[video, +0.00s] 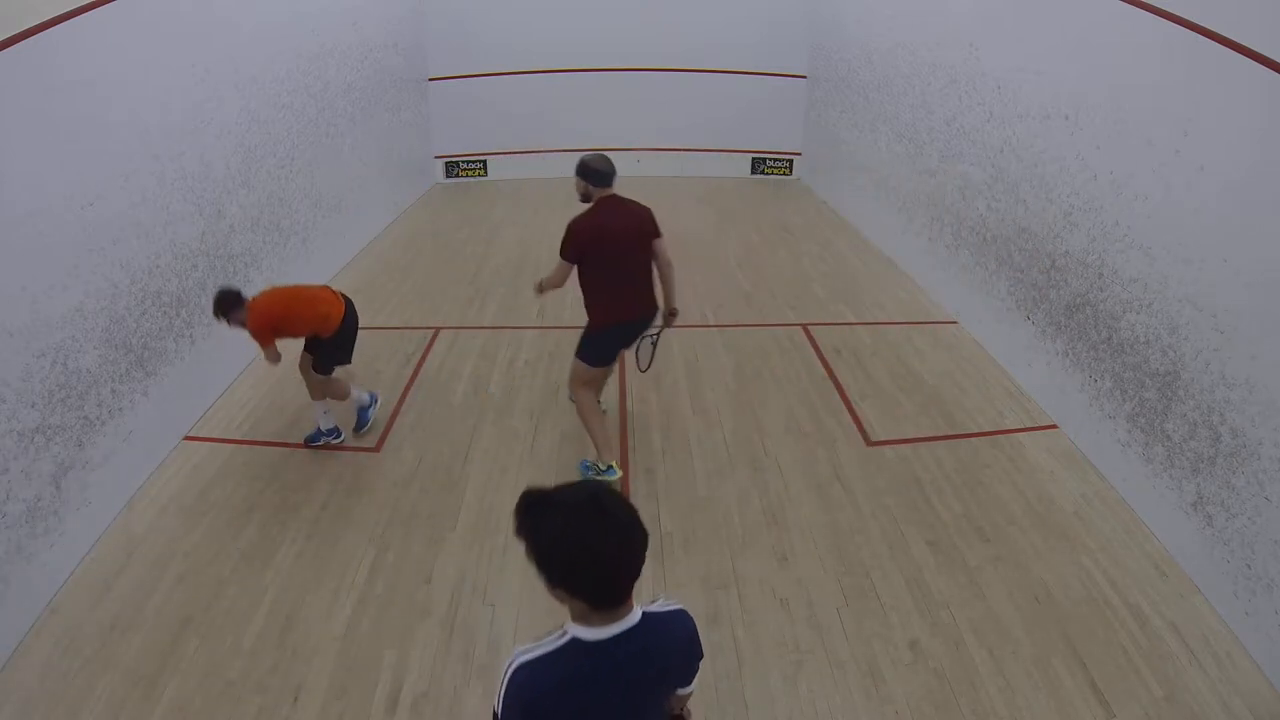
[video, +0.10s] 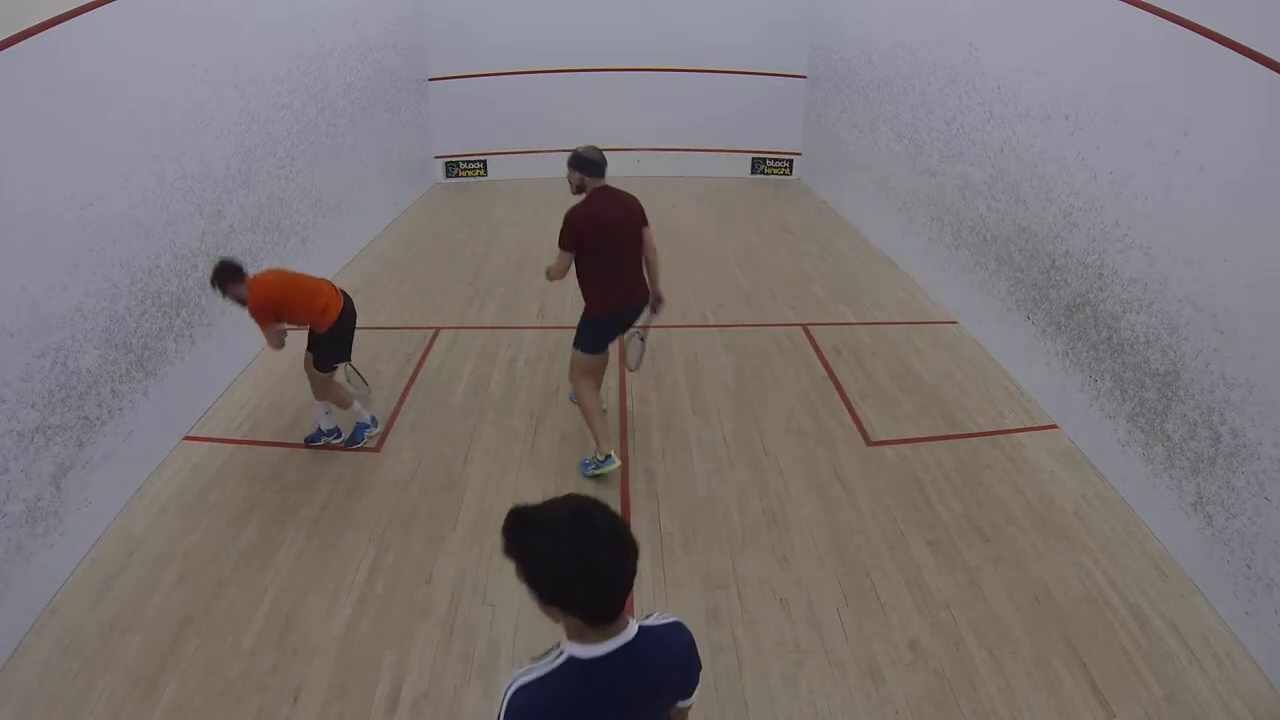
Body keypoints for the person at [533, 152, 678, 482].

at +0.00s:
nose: (575, 186)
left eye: (577, 181)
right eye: (576, 180)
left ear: (586, 184)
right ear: (611, 181)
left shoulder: (581, 226)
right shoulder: (641, 213)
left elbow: (559, 278)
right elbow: (664, 261)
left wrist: (543, 285)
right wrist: (670, 305)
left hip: (607, 322)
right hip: (643, 313)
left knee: (582, 389)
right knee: (607, 352)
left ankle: (607, 462)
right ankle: (590, 396)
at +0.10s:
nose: (567, 178)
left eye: (570, 173)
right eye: (568, 172)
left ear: (581, 175)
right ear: (600, 174)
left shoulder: (577, 216)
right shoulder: (630, 202)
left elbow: (560, 270)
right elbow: (650, 250)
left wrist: (551, 272)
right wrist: (655, 288)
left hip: (602, 309)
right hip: (636, 300)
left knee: (583, 379)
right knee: (595, 343)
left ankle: (605, 453)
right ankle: (590, 393)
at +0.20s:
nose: (564, 165)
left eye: (566, 160)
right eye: (565, 159)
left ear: (578, 163)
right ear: (597, 161)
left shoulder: (577, 203)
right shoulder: (622, 189)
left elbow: (566, 258)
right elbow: (640, 236)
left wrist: (559, 271)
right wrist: (636, 266)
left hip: (602, 295)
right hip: (632, 286)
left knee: (593, 366)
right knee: (598, 337)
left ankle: (612, 441)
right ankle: (595, 395)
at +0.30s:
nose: (566, 158)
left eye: (569, 153)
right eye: (567, 152)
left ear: (583, 155)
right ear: (596, 154)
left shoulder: (584, 195)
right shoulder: (618, 180)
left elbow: (575, 252)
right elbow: (623, 229)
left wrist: (565, 270)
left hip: (604, 283)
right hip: (629, 273)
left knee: (594, 350)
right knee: (598, 336)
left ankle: (630, 423)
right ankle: (593, 395)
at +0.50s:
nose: (584, 154)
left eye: (589, 149)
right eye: (583, 148)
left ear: (605, 152)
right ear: (605, 152)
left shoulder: (610, 186)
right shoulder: (613, 177)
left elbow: (609, 248)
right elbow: (612, 236)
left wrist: (582, 287)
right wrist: (594, 276)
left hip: (616, 277)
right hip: (618, 271)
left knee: (612, 345)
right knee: (608, 339)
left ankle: (660, 384)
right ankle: (594, 395)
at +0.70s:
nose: (608, 157)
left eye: (614, 152)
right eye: (607, 151)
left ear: (631, 154)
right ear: (607, 151)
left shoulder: (641, 191)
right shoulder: (613, 178)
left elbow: (644, 250)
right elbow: (615, 227)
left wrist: (626, 294)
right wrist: (607, 260)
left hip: (643, 277)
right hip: (617, 271)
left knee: (651, 333)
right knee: (607, 328)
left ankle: (668, 386)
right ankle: (596, 393)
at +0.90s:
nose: (628, 157)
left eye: (634, 153)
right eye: (626, 151)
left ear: (649, 154)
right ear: (624, 148)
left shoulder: (666, 188)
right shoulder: (621, 177)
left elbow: (678, 240)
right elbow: (618, 216)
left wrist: (675, 287)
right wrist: (606, 256)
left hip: (660, 273)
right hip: (629, 268)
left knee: (667, 328)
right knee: (614, 321)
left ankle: (669, 386)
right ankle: (618, 378)